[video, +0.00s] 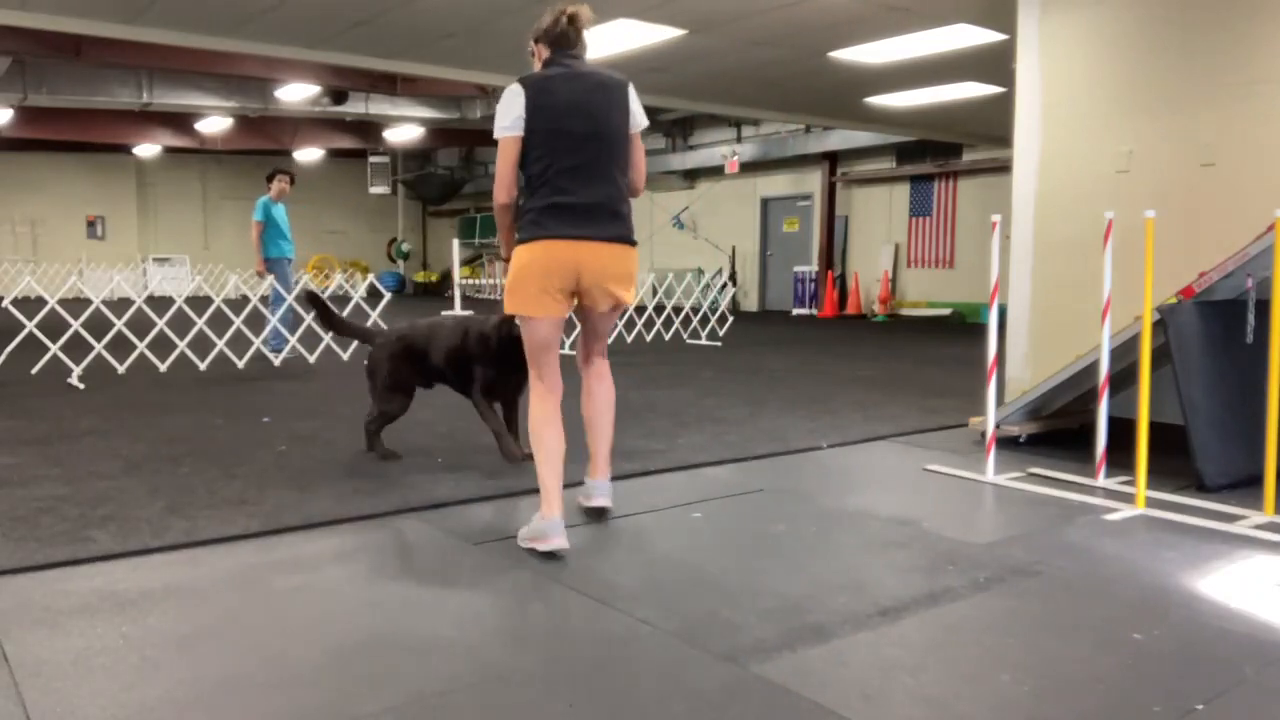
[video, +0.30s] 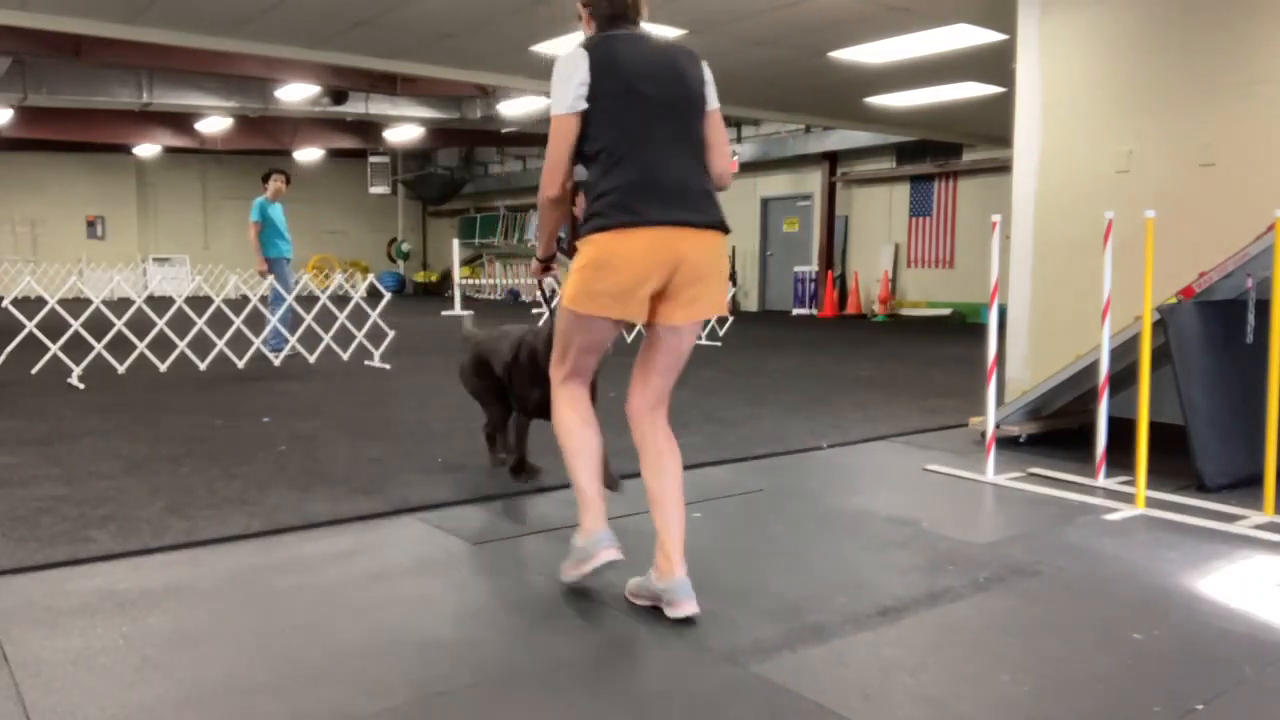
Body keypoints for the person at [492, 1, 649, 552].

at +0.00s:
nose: (531, 59)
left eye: (530, 53)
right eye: (533, 54)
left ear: (540, 51)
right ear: (584, 49)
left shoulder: (520, 94)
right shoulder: (621, 90)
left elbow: (504, 194)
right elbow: (637, 181)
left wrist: (507, 245)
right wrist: (601, 192)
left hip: (542, 250)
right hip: (611, 250)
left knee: (544, 382)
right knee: (595, 360)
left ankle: (550, 518)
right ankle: (599, 482)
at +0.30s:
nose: (578, 20)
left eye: (578, 14)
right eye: (581, 15)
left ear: (586, 14)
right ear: (642, 11)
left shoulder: (580, 60)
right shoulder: (690, 60)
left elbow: (554, 185)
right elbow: (722, 168)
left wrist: (543, 247)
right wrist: (656, 179)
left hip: (620, 240)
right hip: (703, 241)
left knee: (571, 377)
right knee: (651, 406)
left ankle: (594, 529)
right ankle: (672, 573)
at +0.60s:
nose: (641, 14)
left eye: (642, 11)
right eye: (642, 12)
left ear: (658, 2)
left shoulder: (664, 25)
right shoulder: (783, 37)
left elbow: (622, 182)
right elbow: (802, 152)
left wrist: (581, 280)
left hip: (734, 237)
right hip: (835, 234)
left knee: (686, 441)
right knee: (764, 420)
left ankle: (692, 656)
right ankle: (833, 592)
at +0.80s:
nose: (726, 17)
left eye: (729, 8)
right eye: (725, 14)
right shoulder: (865, 23)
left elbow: (743, 137)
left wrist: (656, 265)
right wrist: (821, 302)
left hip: (910, 220)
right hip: (996, 223)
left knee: (759, 427)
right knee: (884, 475)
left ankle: (746, 678)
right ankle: (968, 704)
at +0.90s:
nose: (767, 17)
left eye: (767, 5)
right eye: (767, 14)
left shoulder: (853, 2)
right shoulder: (922, 37)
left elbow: (829, 93)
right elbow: (959, 192)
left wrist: (730, 244)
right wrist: (892, 319)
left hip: (1003, 208)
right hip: (1077, 211)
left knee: (865, 458)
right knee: (934, 474)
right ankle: (982, 694)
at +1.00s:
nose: (804, 13)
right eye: (799, 8)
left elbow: (938, 52)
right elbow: (1025, 190)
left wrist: (850, 219)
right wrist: (952, 314)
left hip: (1106, 197)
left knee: (1059, 506)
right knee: (1008, 461)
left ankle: (1222, 709)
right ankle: (993, 703)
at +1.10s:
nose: (863, 26)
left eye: (858, 9)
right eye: (856, 19)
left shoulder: (957, 5)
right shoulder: (990, 75)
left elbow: (1068, 33)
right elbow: (1107, 208)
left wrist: (1032, 206)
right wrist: (1034, 329)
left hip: (1205, 225)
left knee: (1190, 548)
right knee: (1064, 446)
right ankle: (1089, 700)